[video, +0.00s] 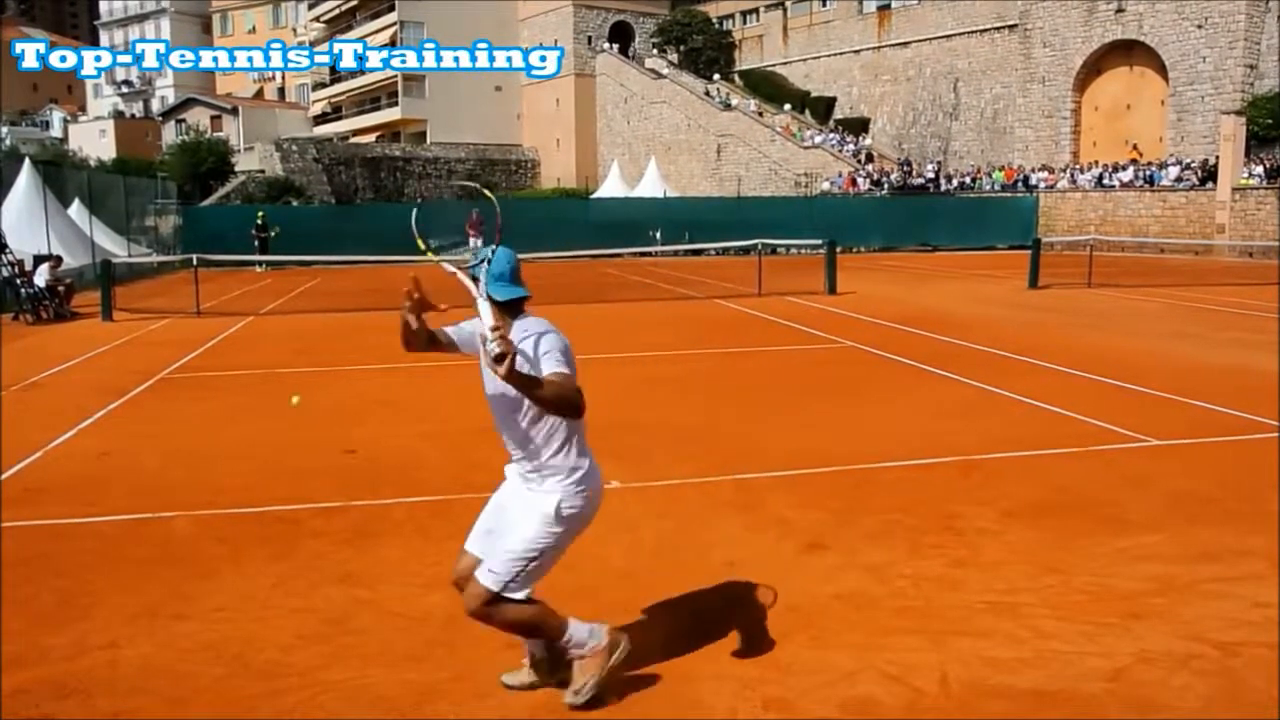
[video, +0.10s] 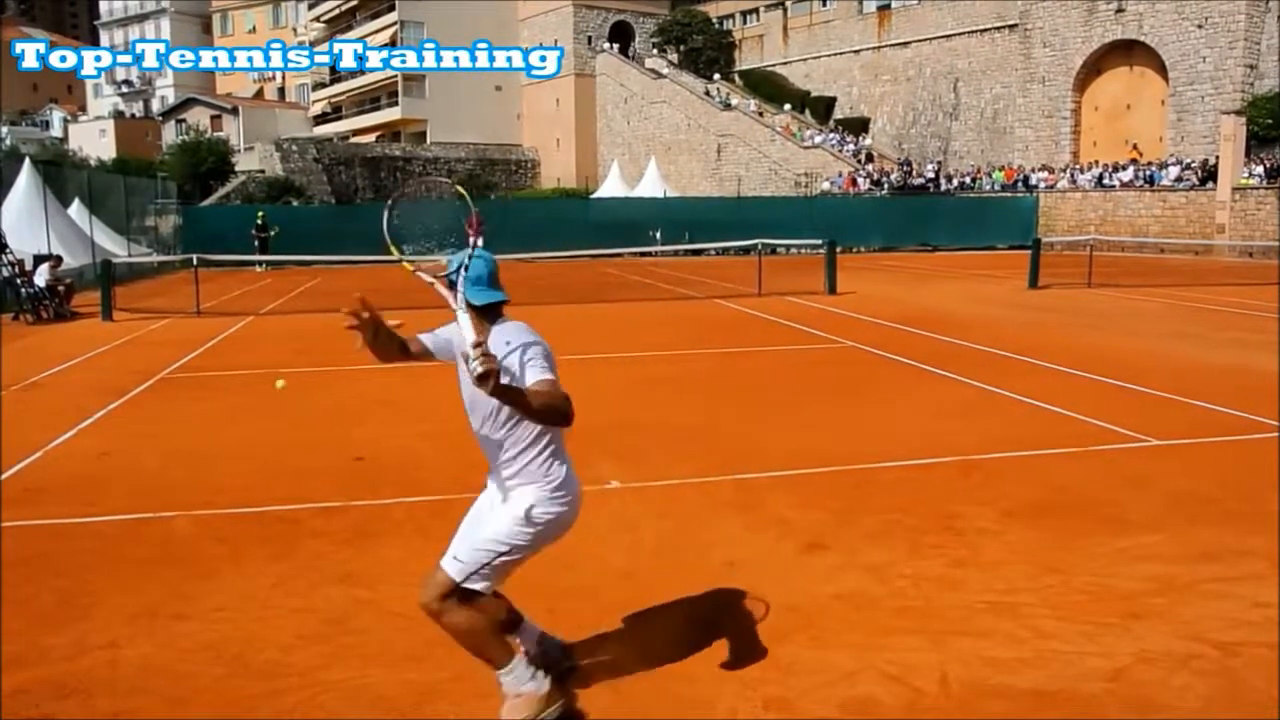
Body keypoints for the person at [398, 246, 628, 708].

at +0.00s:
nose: (491, 305)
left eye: (491, 296)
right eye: (488, 297)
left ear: (484, 293)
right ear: (511, 290)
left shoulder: (544, 339)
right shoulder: (480, 330)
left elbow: (573, 404)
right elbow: (418, 342)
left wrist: (512, 375)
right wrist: (412, 314)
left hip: (565, 486)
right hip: (523, 476)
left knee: (481, 602)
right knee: (466, 575)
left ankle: (596, 641)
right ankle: (548, 660)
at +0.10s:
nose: (445, 293)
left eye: (448, 286)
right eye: (446, 287)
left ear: (459, 293)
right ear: (493, 292)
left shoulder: (520, 341)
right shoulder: (461, 333)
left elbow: (561, 412)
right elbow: (398, 350)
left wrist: (499, 388)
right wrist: (374, 331)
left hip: (541, 494)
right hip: (506, 485)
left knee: (438, 599)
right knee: (463, 585)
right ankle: (542, 650)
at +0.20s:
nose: (419, 299)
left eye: (424, 290)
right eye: (420, 290)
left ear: (439, 296)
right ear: (465, 294)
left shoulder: (496, 344)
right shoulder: (435, 340)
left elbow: (547, 418)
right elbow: (372, 356)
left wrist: (487, 405)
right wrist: (325, 347)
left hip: (516, 502)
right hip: (482, 495)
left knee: (403, 601)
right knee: (437, 593)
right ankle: (535, 642)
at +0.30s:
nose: (418, 299)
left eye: (424, 290)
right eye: (419, 290)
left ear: (438, 295)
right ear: (466, 294)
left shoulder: (496, 344)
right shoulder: (435, 340)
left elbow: (548, 418)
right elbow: (372, 356)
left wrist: (487, 405)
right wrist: (325, 347)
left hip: (516, 502)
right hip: (482, 495)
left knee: (403, 601)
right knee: (436, 593)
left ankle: (443, 713)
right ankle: (534, 642)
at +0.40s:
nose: (397, 306)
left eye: (401, 297)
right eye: (401, 298)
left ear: (411, 301)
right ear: (444, 297)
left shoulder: (473, 349)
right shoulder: (413, 343)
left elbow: (528, 424)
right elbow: (340, 365)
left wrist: (475, 420)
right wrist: (269, 365)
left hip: (488, 509)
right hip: (465, 502)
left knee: (376, 618)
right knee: (422, 591)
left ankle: (377, 715)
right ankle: (524, 640)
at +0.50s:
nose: (414, 308)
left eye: (413, 298)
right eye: (405, 299)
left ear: (386, 294)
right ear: (391, 296)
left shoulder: (452, 352)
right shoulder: (380, 345)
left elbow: (507, 432)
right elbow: (312, 371)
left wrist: (459, 448)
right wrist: (228, 384)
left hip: (457, 516)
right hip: (438, 509)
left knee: (349, 644)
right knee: (410, 592)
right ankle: (519, 642)